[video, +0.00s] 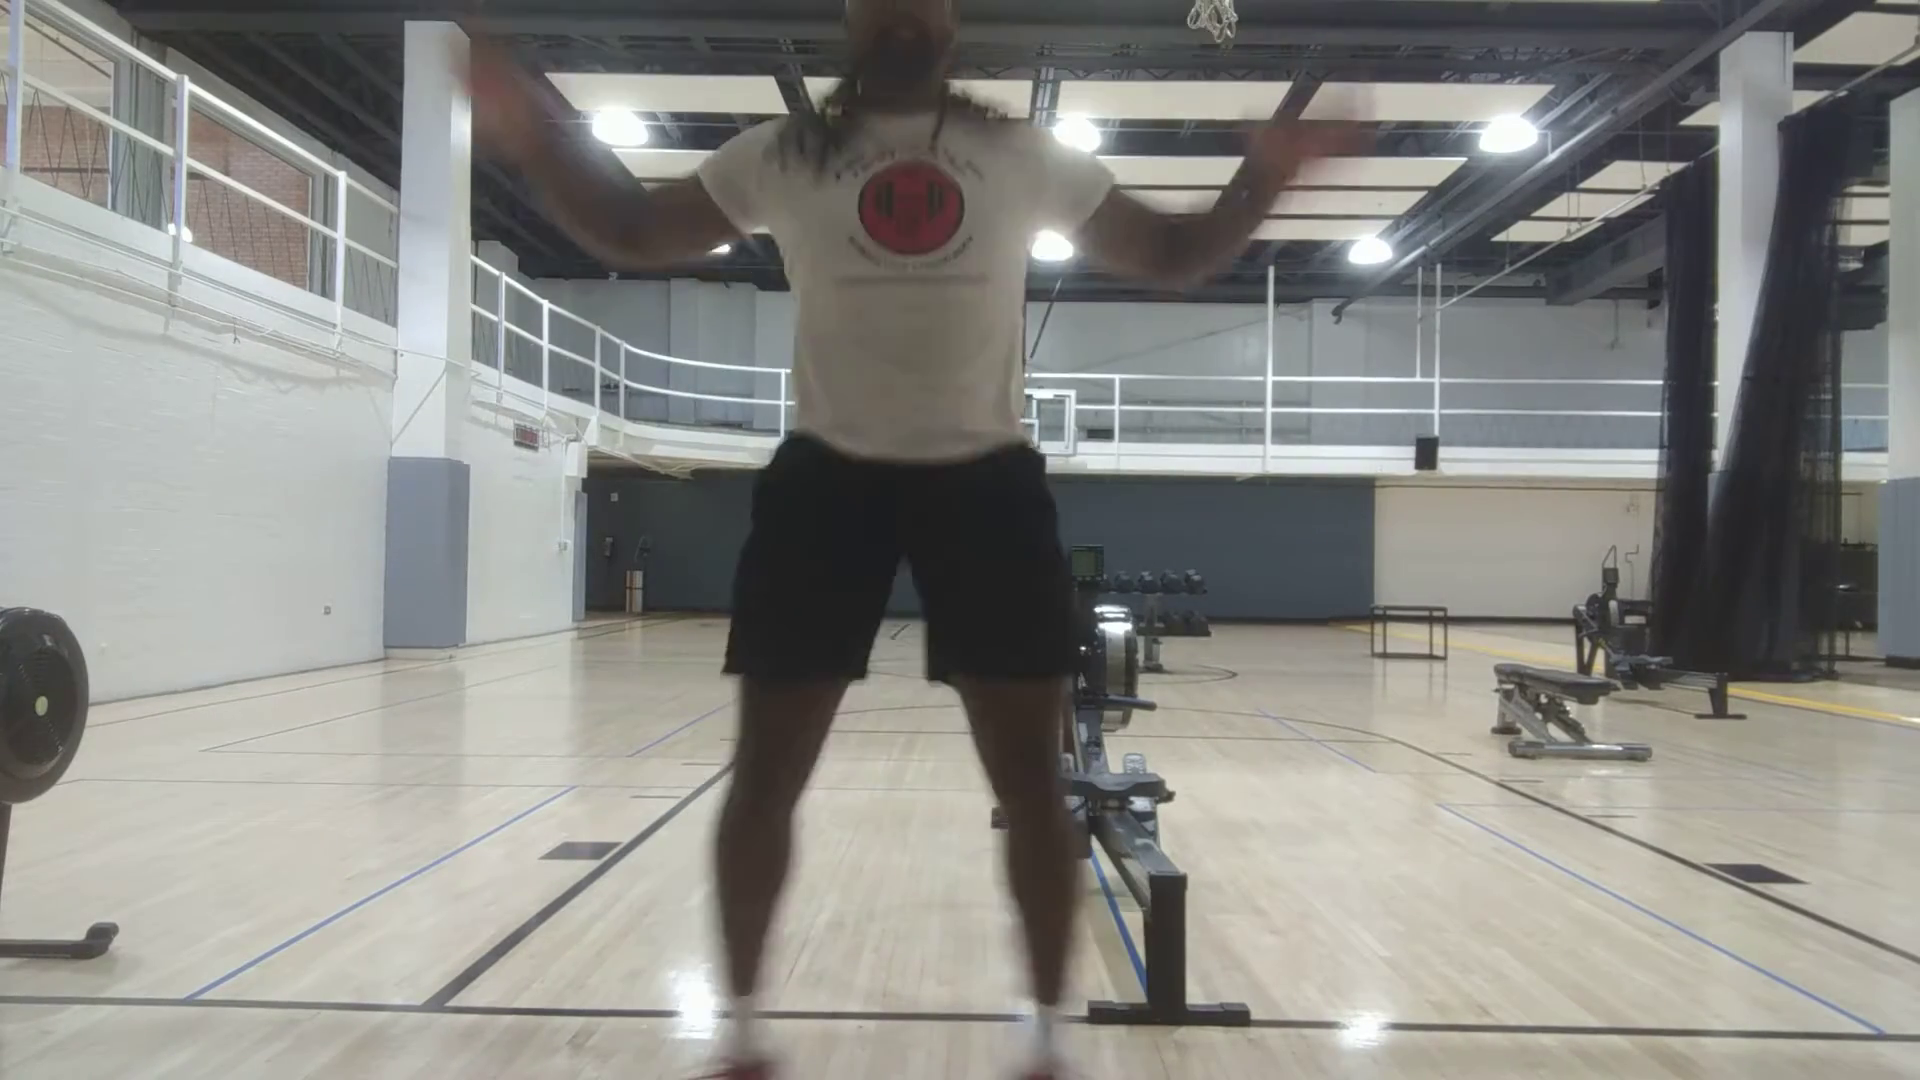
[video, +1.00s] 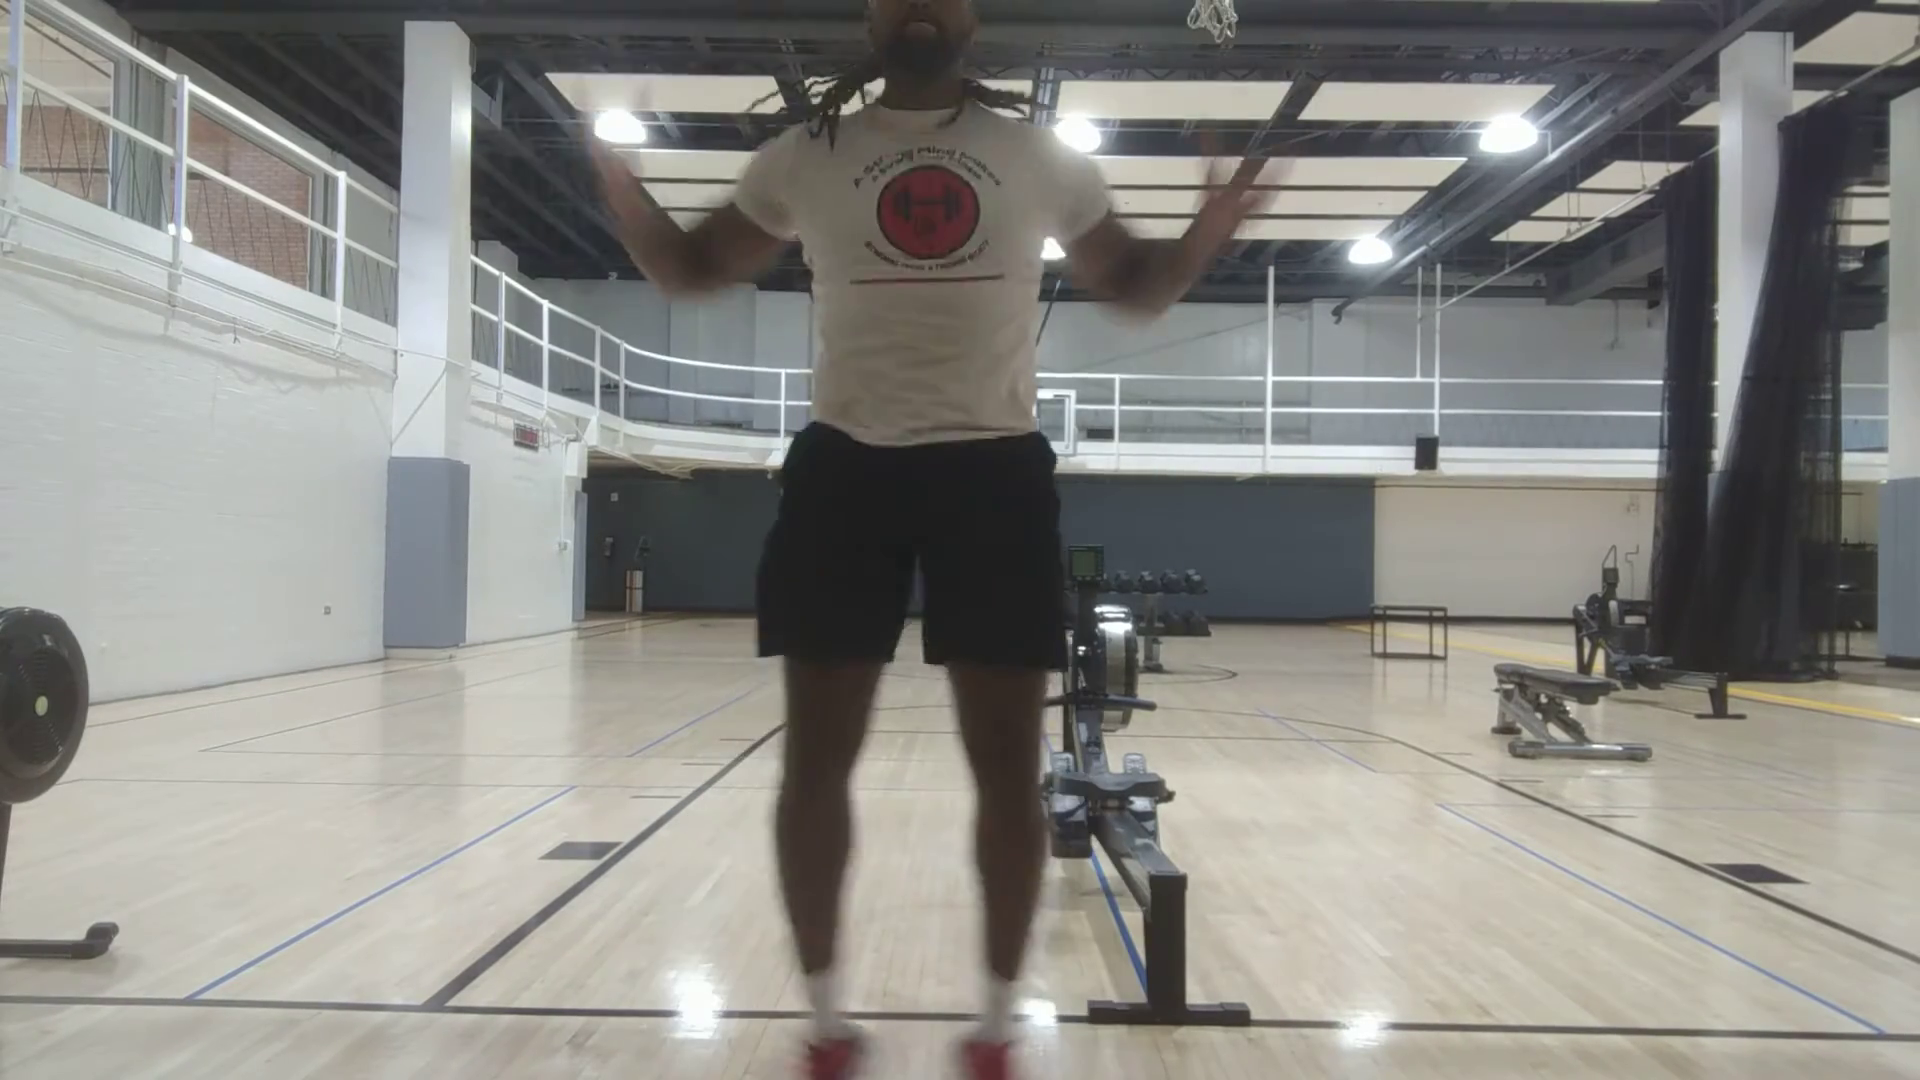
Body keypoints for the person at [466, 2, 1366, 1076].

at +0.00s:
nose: (908, 22)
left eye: (928, 6)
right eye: (885, 5)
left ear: (955, 29)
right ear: (845, 27)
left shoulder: (1017, 149)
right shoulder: (786, 155)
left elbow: (1169, 259)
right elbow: (631, 228)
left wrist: (1258, 184)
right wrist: (529, 133)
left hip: (986, 490)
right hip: (826, 487)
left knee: (1031, 779)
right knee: (767, 770)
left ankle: (1048, 1035)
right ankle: (738, 1028)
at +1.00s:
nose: (920, 14)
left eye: (942, 0)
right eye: (900, 1)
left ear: (975, 22)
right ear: (870, 19)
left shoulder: (1039, 158)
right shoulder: (805, 157)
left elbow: (1134, 287)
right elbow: (691, 269)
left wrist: (1210, 230)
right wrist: (623, 192)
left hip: (995, 480)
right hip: (845, 478)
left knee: (1010, 766)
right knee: (818, 758)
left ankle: (1000, 1021)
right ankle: (827, 1022)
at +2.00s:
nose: (971, 91)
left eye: (984, 71)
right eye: (950, 70)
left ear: (997, 76)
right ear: (896, 70)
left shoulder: (1039, 195)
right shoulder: (825, 188)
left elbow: (1122, 321)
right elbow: (712, 292)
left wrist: (1200, 281)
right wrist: (646, 214)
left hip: (999, 495)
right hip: (856, 492)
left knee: (1016, 768)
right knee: (831, 759)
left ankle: (1000, 1004)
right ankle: (840, 1003)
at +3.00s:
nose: (988, 126)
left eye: (998, 106)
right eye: (968, 108)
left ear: (1007, 101)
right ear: (913, 98)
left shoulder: (1038, 215)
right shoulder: (838, 205)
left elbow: (1096, 346)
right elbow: (743, 325)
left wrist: (1171, 329)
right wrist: (697, 290)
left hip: (993, 499)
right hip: (861, 494)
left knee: (993, 753)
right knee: (845, 743)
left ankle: (970, 986)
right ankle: (862, 976)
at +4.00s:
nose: (937, 89)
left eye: (954, 71)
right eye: (919, 71)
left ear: (980, 87)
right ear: (886, 87)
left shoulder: (1035, 211)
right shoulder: (833, 215)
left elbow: (1092, 348)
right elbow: (761, 340)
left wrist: (1162, 332)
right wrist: (724, 325)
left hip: (997, 501)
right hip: (866, 498)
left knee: (993, 766)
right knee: (849, 760)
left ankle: (967, 1001)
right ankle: (868, 997)